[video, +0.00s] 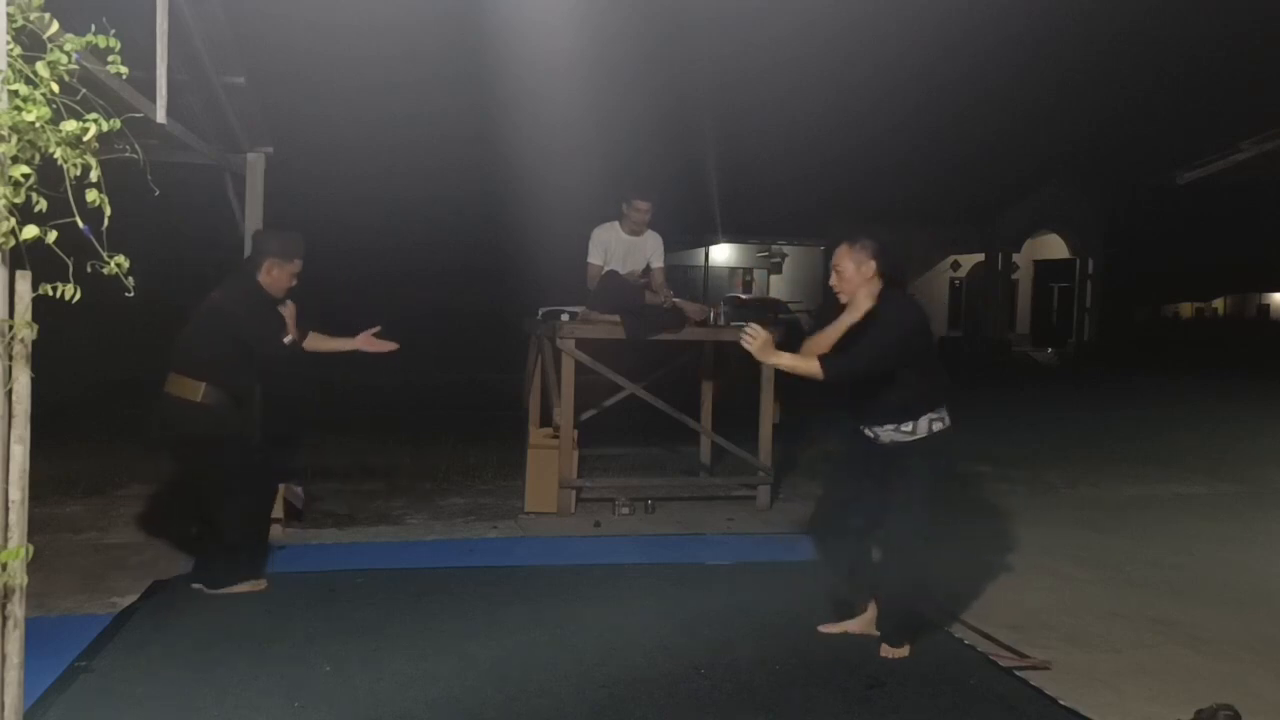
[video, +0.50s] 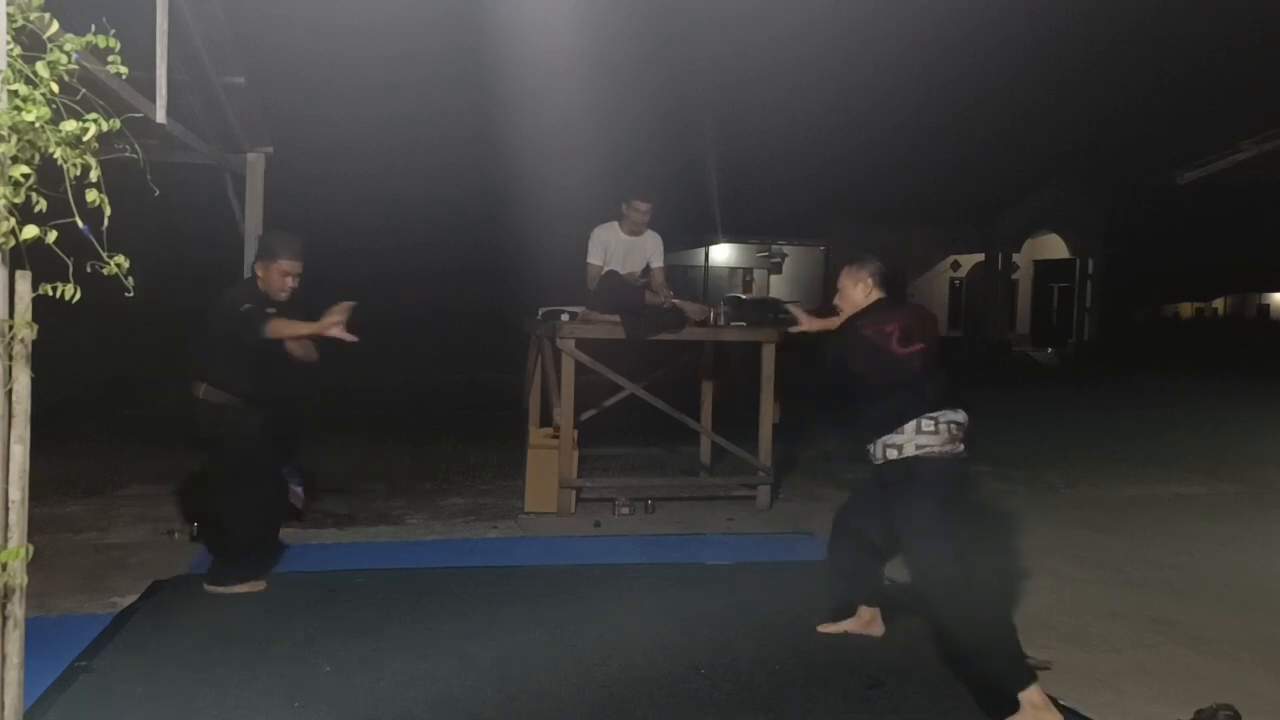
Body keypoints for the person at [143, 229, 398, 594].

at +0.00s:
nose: (295, 283)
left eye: (297, 275)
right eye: (292, 274)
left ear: (269, 269)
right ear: (269, 268)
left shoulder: (248, 295)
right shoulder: (245, 300)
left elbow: (299, 339)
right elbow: (274, 350)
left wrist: (354, 343)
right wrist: (287, 328)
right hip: (201, 411)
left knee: (226, 482)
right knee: (238, 484)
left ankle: (216, 567)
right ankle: (223, 574)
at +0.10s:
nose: (296, 282)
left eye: (297, 274)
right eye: (293, 274)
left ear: (268, 269)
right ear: (269, 269)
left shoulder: (238, 290)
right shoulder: (253, 303)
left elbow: (284, 341)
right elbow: (294, 351)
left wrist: (342, 352)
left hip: (187, 403)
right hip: (208, 410)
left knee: (219, 482)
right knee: (240, 484)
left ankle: (211, 561)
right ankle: (229, 574)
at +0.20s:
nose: (296, 282)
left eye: (298, 275)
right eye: (291, 273)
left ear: (271, 269)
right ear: (264, 268)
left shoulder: (249, 300)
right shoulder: (246, 306)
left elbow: (272, 348)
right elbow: (280, 351)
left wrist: (320, 357)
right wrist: (339, 329)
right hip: (220, 415)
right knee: (252, 486)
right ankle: (231, 573)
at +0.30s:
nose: (294, 283)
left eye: (296, 275)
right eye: (288, 274)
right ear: (260, 269)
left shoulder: (249, 300)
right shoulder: (244, 305)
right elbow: (305, 338)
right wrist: (369, 328)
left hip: (219, 408)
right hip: (218, 413)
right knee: (253, 488)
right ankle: (232, 573)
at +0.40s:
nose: (293, 284)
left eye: (296, 276)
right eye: (286, 274)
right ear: (259, 269)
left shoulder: (258, 302)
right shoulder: (241, 302)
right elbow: (298, 333)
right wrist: (363, 328)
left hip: (229, 406)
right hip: (217, 410)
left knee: (245, 480)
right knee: (253, 486)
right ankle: (232, 573)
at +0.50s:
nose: (292, 285)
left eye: (296, 277)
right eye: (285, 275)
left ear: (299, 274)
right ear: (260, 270)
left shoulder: (275, 308)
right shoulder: (239, 299)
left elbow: (310, 353)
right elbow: (261, 326)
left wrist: (297, 345)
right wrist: (318, 327)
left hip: (245, 401)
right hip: (220, 403)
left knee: (257, 474)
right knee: (244, 481)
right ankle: (231, 572)